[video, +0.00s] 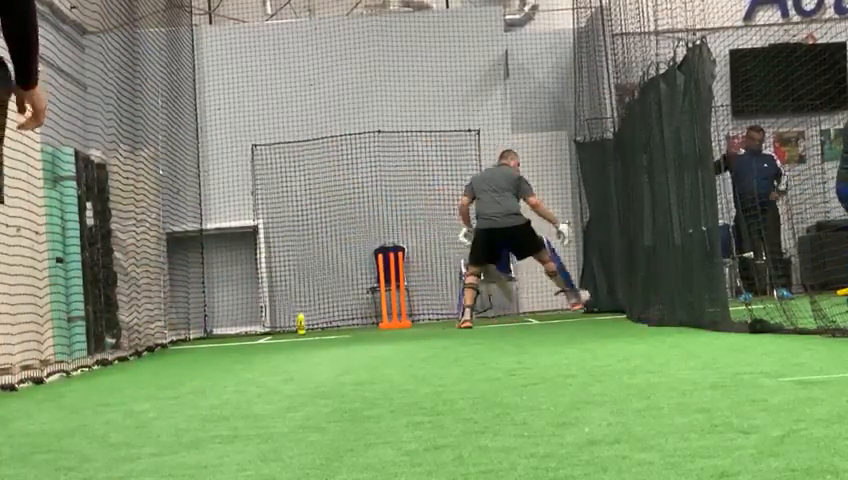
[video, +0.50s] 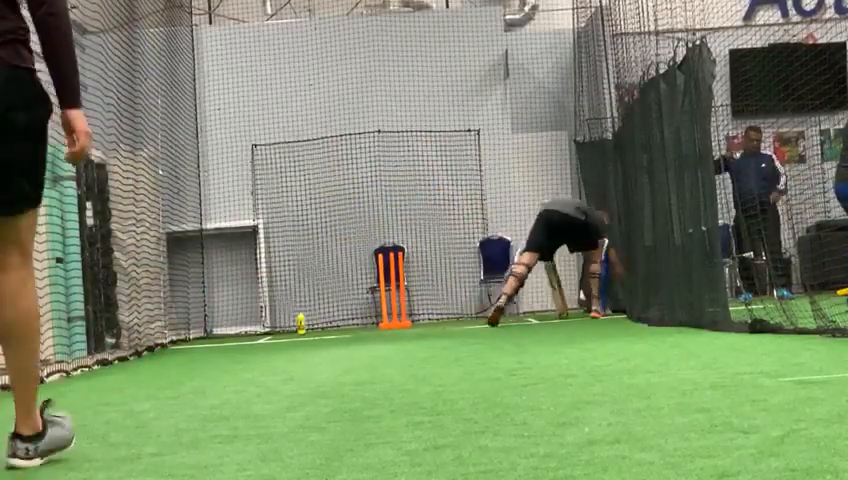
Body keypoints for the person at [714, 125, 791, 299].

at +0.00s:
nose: (756, 143)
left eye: (759, 141)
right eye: (752, 140)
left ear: (763, 142)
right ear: (745, 140)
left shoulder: (768, 160)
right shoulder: (735, 159)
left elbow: (781, 180)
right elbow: (713, 170)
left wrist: (779, 192)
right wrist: (727, 155)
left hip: (767, 210)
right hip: (744, 211)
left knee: (773, 247)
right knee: (744, 250)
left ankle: (779, 286)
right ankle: (749, 289)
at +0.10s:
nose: (758, 145)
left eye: (760, 142)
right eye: (754, 141)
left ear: (763, 142)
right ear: (746, 140)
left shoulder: (768, 159)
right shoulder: (736, 160)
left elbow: (781, 180)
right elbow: (715, 172)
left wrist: (773, 176)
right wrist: (728, 160)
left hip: (767, 210)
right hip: (744, 211)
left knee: (773, 247)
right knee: (744, 250)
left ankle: (780, 286)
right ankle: (748, 289)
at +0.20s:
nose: (758, 146)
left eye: (760, 142)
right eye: (755, 142)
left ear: (763, 143)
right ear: (746, 141)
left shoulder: (767, 159)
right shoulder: (735, 160)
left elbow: (780, 174)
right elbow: (715, 172)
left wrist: (778, 170)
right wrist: (728, 164)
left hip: (767, 210)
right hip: (744, 212)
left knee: (773, 247)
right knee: (744, 250)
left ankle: (779, 285)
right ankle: (748, 289)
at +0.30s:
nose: (756, 145)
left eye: (759, 142)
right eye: (753, 141)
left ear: (762, 143)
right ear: (745, 140)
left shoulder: (767, 159)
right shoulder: (735, 160)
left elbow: (782, 173)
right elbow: (715, 173)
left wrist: (779, 170)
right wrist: (728, 163)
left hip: (767, 210)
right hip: (744, 211)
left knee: (773, 247)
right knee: (744, 249)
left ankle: (779, 285)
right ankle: (748, 289)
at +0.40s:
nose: (755, 144)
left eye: (758, 141)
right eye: (752, 141)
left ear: (761, 142)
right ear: (744, 140)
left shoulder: (768, 159)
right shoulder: (734, 160)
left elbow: (783, 175)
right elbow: (714, 172)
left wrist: (778, 178)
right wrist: (728, 162)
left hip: (767, 210)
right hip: (744, 211)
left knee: (773, 247)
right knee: (744, 250)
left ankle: (779, 285)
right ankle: (748, 289)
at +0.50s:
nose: (755, 144)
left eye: (758, 141)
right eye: (752, 140)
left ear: (761, 142)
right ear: (744, 140)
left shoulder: (768, 159)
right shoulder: (733, 161)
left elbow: (782, 177)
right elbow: (712, 169)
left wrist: (778, 191)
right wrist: (726, 156)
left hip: (767, 209)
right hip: (743, 211)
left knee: (773, 247)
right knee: (744, 251)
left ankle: (779, 286)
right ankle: (749, 289)